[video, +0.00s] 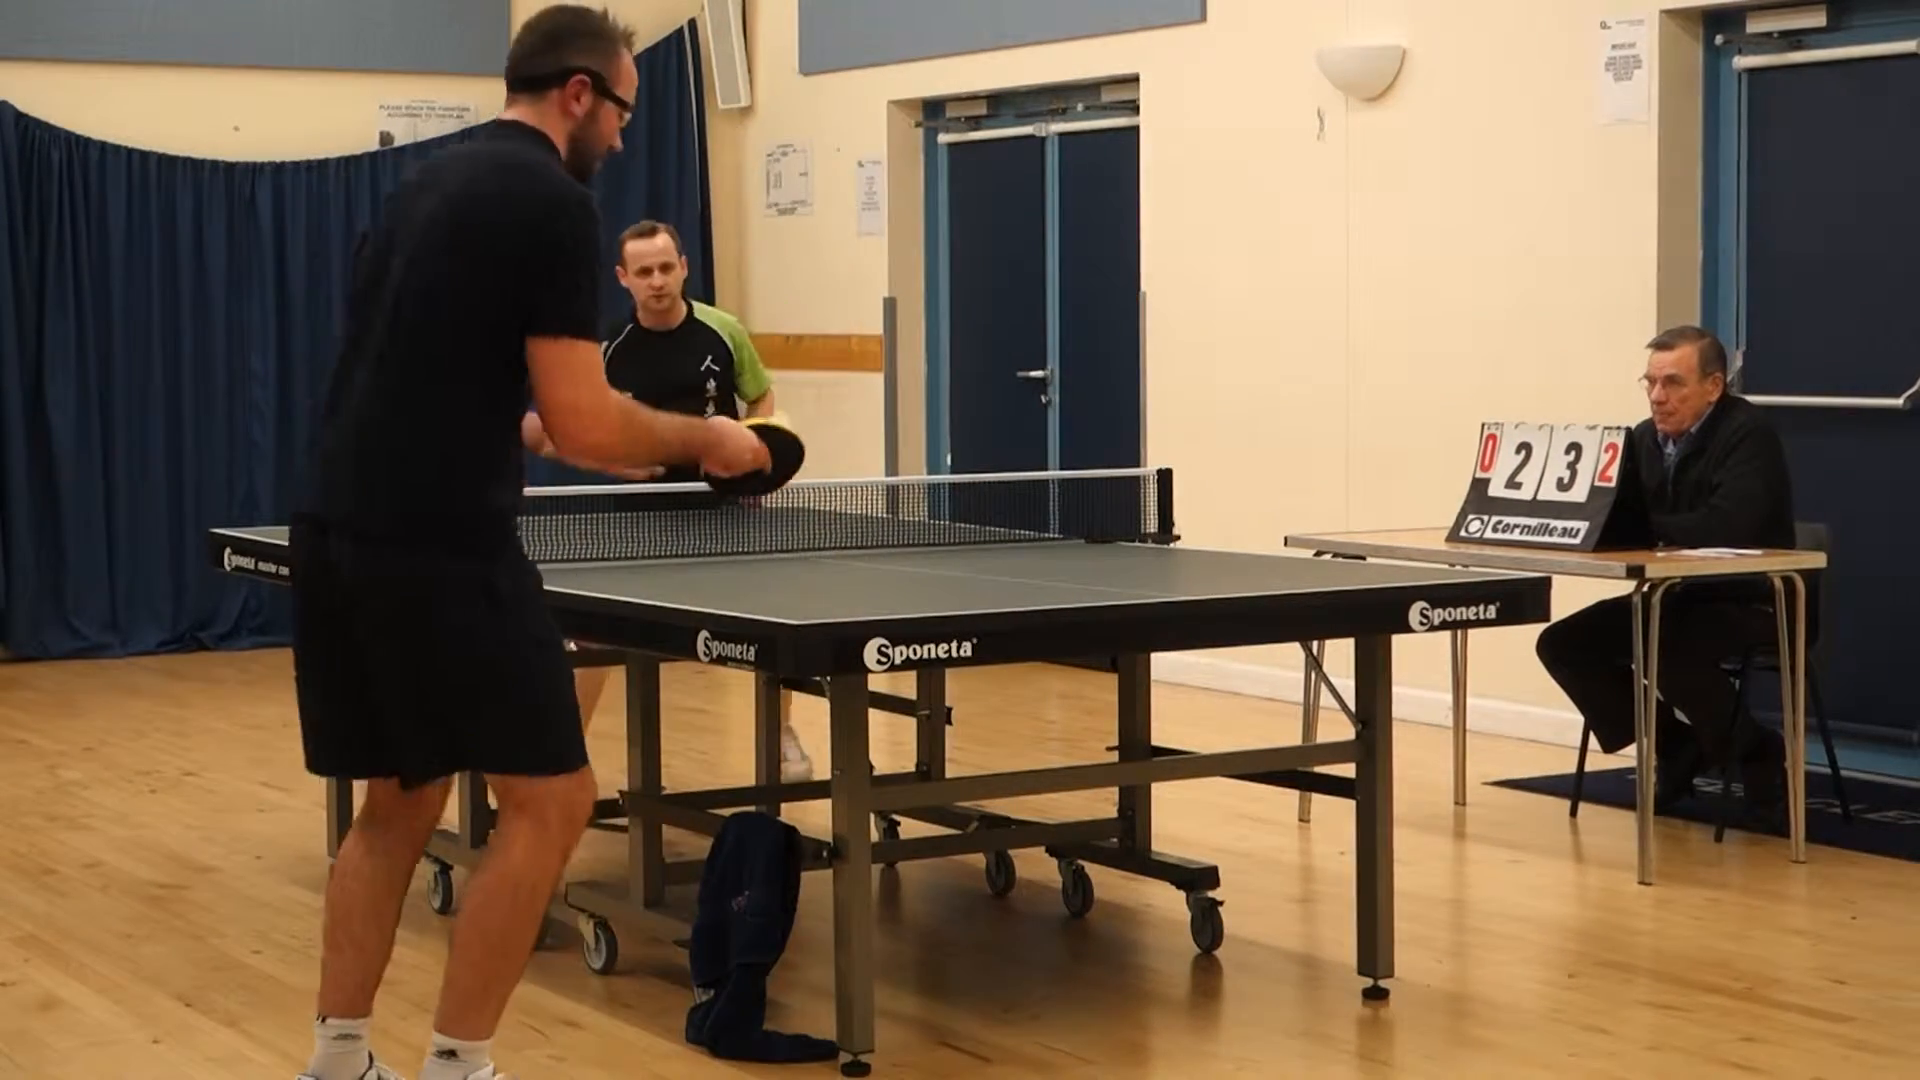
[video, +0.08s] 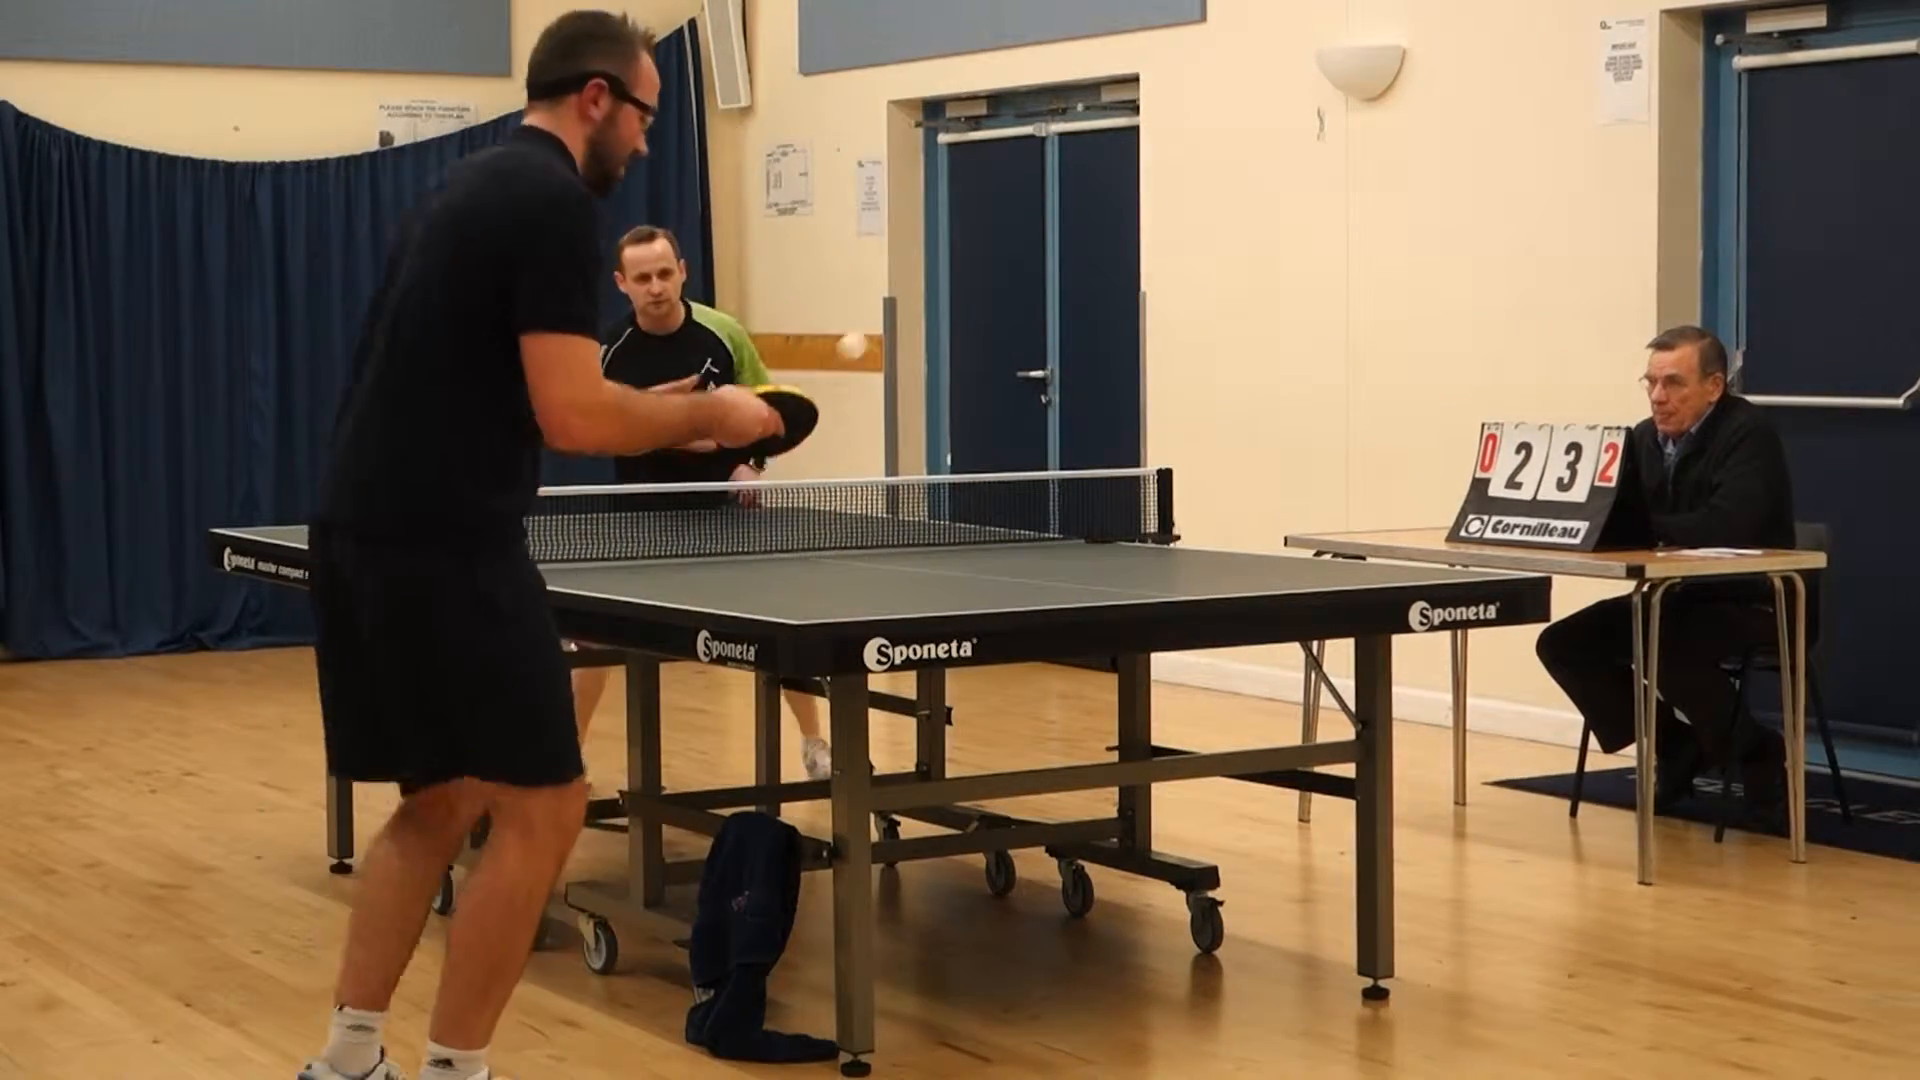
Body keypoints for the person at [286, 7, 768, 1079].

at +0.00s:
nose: (624, 134)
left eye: (628, 114)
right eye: (623, 111)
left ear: (531, 90)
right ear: (579, 94)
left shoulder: (421, 181)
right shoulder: (548, 199)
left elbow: (448, 398)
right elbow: (582, 421)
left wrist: (631, 447)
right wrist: (706, 438)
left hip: (344, 538)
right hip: (452, 550)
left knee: (397, 798)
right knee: (552, 798)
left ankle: (335, 1058)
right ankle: (457, 1063)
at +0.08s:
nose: (648, 140)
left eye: (652, 118)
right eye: (645, 114)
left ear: (566, 99)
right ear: (596, 98)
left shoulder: (463, 185)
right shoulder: (548, 193)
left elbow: (536, 412)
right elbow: (574, 420)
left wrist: (670, 412)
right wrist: (709, 414)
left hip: (368, 537)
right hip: (453, 547)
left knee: (439, 800)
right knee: (546, 809)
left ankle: (345, 1056)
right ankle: (454, 1068)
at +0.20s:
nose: (684, 158)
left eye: (688, 136)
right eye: (680, 133)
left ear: (607, 120)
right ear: (625, 119)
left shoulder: (542, 203)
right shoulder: (555, 209)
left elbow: (574, 405)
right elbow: (574, 417)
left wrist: (700, 384)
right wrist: (712, 379)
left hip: (446, 542)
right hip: (443, 551)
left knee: (578, 759)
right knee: (547, 807)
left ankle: (417, 999)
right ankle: (451, 1064)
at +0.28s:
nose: (716, 168)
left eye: (720, 147)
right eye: (710, 143)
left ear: (645, 135)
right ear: (653, 133)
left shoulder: (603, 232)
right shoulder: (573, 214)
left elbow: (644, 429)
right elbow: (578, 419)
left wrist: (822, 402)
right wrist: (715, 368)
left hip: (497, 543)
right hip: (440, 550)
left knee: (625, 747)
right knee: (549, 824)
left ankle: (519, 1012)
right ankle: (450, 1063)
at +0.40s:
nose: (782, 194)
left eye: (785, 172)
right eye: (777, 169)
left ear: (714, 161)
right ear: (718, 157)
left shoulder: (663, 262)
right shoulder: (625, 230)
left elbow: (706, 449)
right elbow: (597, 425)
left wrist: (887, 427)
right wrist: (754, 396)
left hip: (549, 551)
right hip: (468, 552)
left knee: (668, 763)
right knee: (564, 833)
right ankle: (452, 1071)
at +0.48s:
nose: (829, 202)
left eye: (832, 179)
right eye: (823, 176)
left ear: (757, 169)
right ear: (768, 166)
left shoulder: (697, 269)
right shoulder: (676, 234)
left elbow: (740, 473)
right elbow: (653, 430)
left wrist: (898, 479)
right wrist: (811, 419)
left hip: (590, 558)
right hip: (509, 561)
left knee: (704, 773)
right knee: (584, 836)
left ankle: (745, 1048)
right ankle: (454, 1069)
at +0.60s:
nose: (900, 231)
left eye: (905, 207)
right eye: (898, 202)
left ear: (826, 190)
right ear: (846, 189)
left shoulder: (734, 266)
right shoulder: (768, 245)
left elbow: (744, 491)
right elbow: (798, 432)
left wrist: (888, 561)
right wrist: (940, 435)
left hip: (650, 565)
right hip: (573, 564)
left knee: (758, 773)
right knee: (622, 842)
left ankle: (758, 1052)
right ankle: (455, 1064)